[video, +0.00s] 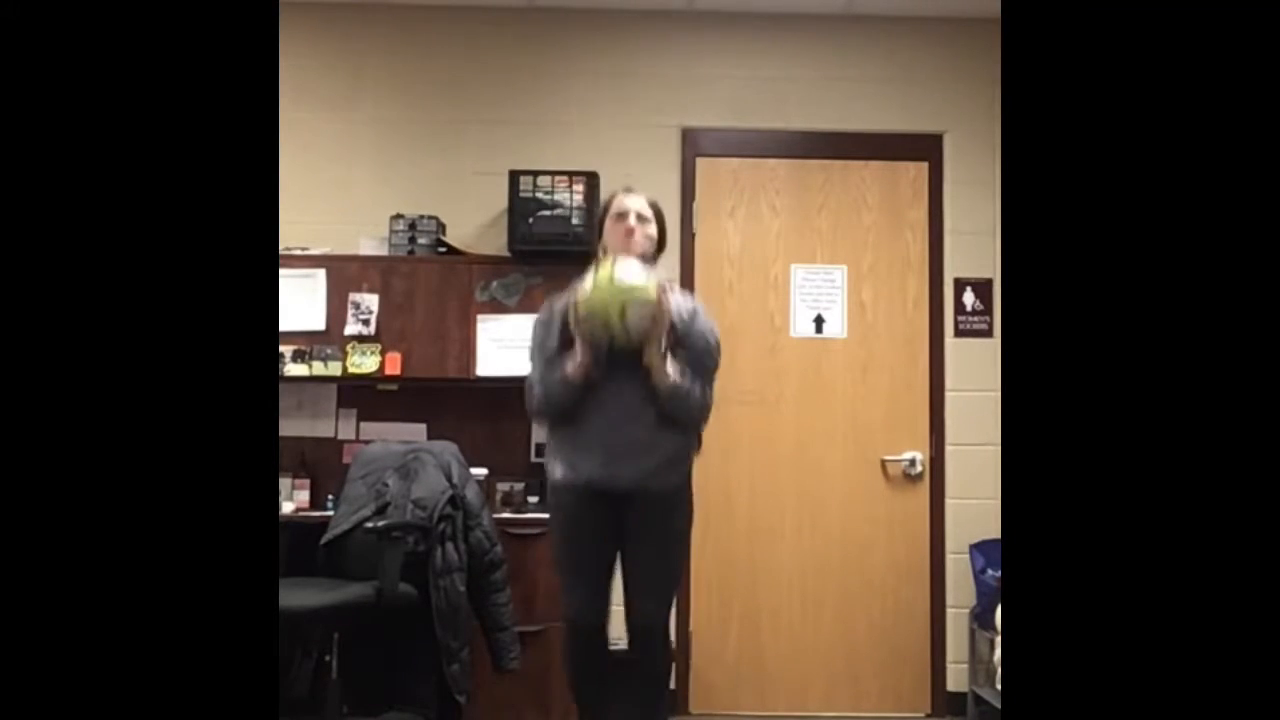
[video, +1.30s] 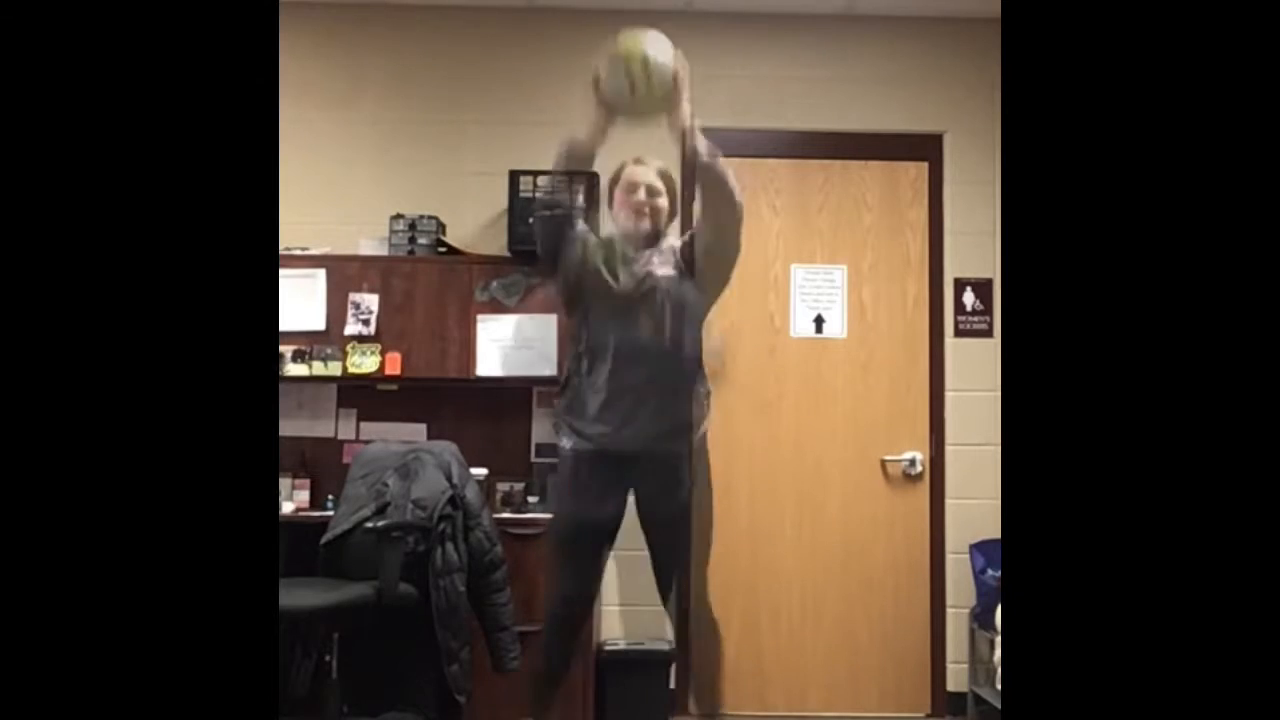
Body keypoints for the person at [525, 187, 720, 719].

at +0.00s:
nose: (633, 226)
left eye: (644, 219)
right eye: (621, 217)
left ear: (659, 238)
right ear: (601, 233)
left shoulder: (685, 314)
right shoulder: (562, 312)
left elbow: (694, 413)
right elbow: (541, 403)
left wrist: (656, 359)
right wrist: (580, 359)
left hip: (659, 492)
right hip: (580, 491)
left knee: (650, 626)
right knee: (584, 624)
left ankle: (647, 714)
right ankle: (594, 712)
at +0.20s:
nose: (624, 232)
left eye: (636, 220)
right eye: (613, 220)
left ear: (656, 224)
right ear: (592, 225)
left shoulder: (683, 281)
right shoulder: (567, 283)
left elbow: (705, 340)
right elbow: (537, 343)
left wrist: (675, 292)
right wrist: (572, 280)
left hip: (661, 474)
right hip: (582, 475)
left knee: (654, 610)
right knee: (588, 609)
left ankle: (653, 710)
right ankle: (591, 710)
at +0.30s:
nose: (633, 192)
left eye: (643, 185)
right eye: (621, 184)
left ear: (659, 201)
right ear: (601, 197)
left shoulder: (676, 262)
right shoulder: (575, 255)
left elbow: (712, 259)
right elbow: (536, 260)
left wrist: (678, 181)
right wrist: (578, 180)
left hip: (662, 442)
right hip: (582, 442)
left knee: (668, 594)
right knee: (574, 589)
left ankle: (681, 712)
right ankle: (553, 711)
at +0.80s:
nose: (634, 198)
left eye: (645, 188)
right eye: (621, 187)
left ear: (668, 198)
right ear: (602, 198)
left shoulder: (692, 260)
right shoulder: (578, 255)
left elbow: (726, 306)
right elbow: (531, 300)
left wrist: (679, 257)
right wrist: (579, 244)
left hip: (670, 452)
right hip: (590, 448)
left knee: (676, 591)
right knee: (573, 589)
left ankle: (690, 710)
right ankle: (553, 710)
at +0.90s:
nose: (639, 213)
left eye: (651, 205)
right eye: (627, 205)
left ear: (668, 224)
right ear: (608, 221)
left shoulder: (695, 299)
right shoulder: (571, 293)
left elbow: (719, 386)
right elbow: (542, 381)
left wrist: (673, 341)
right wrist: (587, 333)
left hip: (672, 479)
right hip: (592, 478)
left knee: (664, 620)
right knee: (595, 618)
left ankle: (664, 713)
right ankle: (601, 713)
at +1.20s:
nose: (640, 184)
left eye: (652, 172)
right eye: (627, 172)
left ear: (673, 180)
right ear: (605, 179)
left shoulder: (685, 248)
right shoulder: (586, 251)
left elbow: (725, 295)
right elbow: (545, 297)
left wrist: (690, 246)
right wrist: (591, 238)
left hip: (672, 447)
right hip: (593, 447)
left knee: (670, 592)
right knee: (583, 591)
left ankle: (674, 706)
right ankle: (577, 708)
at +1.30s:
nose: (643, 196)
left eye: (655, 189)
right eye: (630, 188)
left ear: (671, 205)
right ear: (611, 202)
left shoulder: (693, 267)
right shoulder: (586, 263)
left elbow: (725, 212)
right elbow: (559, 208)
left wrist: (686, 129)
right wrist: (597, 120)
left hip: (671, 446)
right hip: (592, 445)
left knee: (686, 598)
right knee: (568, 599)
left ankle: (706, 710)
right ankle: (539, 709)